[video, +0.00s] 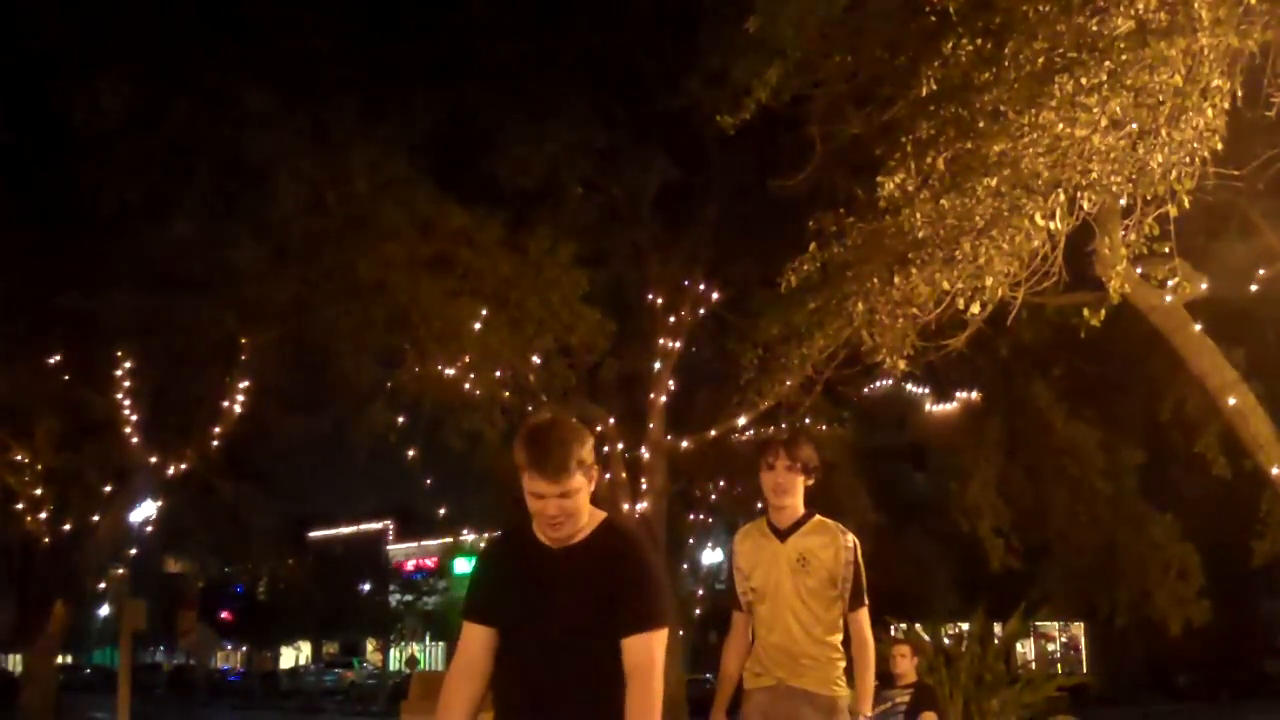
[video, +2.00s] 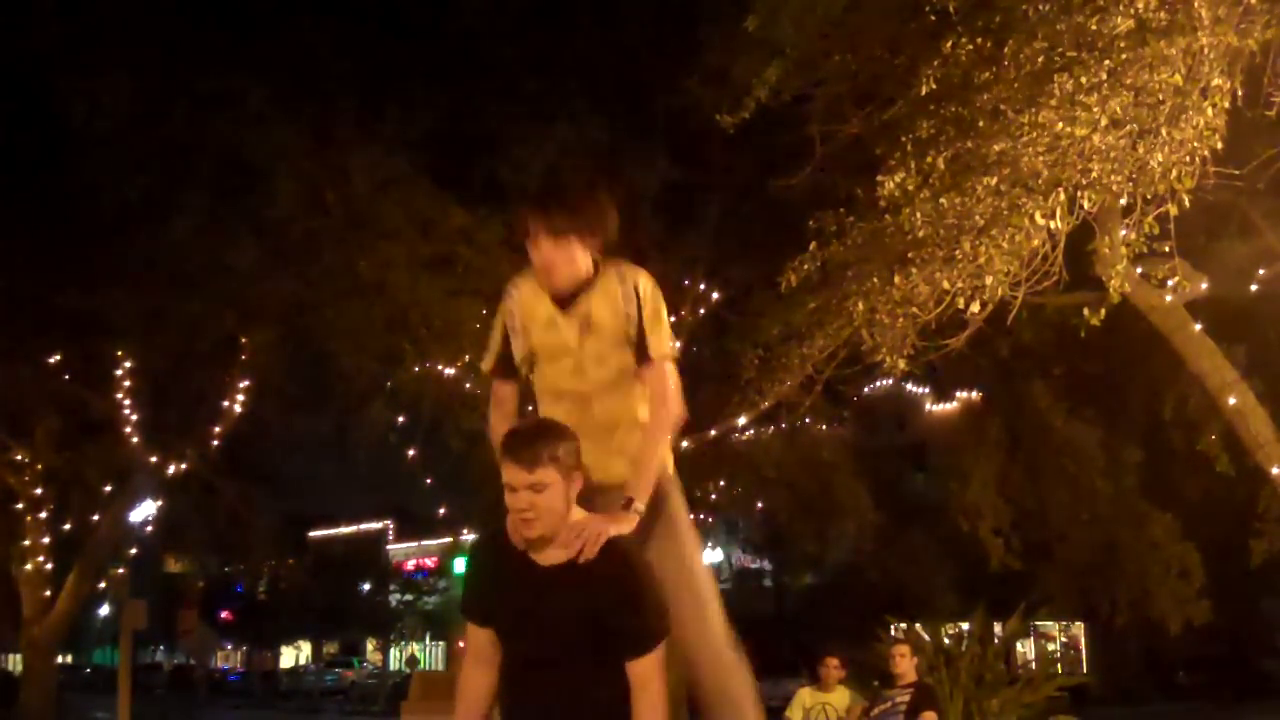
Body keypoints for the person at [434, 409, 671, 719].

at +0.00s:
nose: (551, 510)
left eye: (565, 495)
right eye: (537, 495)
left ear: (592, 478)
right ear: (522, 483)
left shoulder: (629, 557)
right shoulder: (502, 556)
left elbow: (643, 679)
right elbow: (468, 669)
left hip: (600, 711)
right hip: (518, 711)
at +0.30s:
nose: (585, 497)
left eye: (593, 482)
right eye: (569, 486)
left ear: (603, 476)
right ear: (532, 484)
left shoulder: (624, 553)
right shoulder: (502, 557)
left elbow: (638, 680)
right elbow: (471, 671)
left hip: (601, 711)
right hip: (519, 710)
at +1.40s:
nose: (544, 497)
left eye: (560, 482)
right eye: (533, 483)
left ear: (593, 475)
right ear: (521, 477)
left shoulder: (629, 553)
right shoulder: (509, 554)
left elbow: (646, 684)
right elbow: (481, 672)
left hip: (606, 711)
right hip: (523, 711)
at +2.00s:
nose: (520, 504)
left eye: (537, 489)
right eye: (510, 490)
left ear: (575, 483)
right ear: (501, 486)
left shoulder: (620, 565)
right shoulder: (492, 555)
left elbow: (648, 690)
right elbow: (479, 662)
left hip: (604, 713)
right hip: (521, 712)